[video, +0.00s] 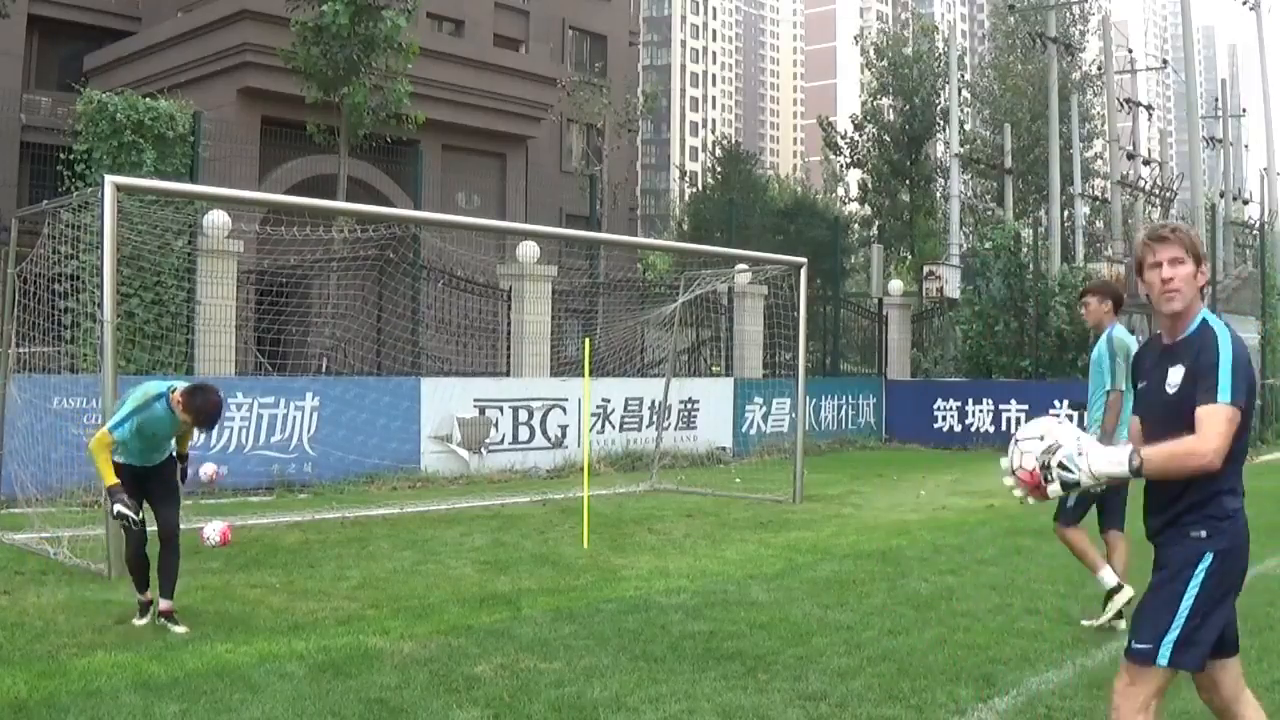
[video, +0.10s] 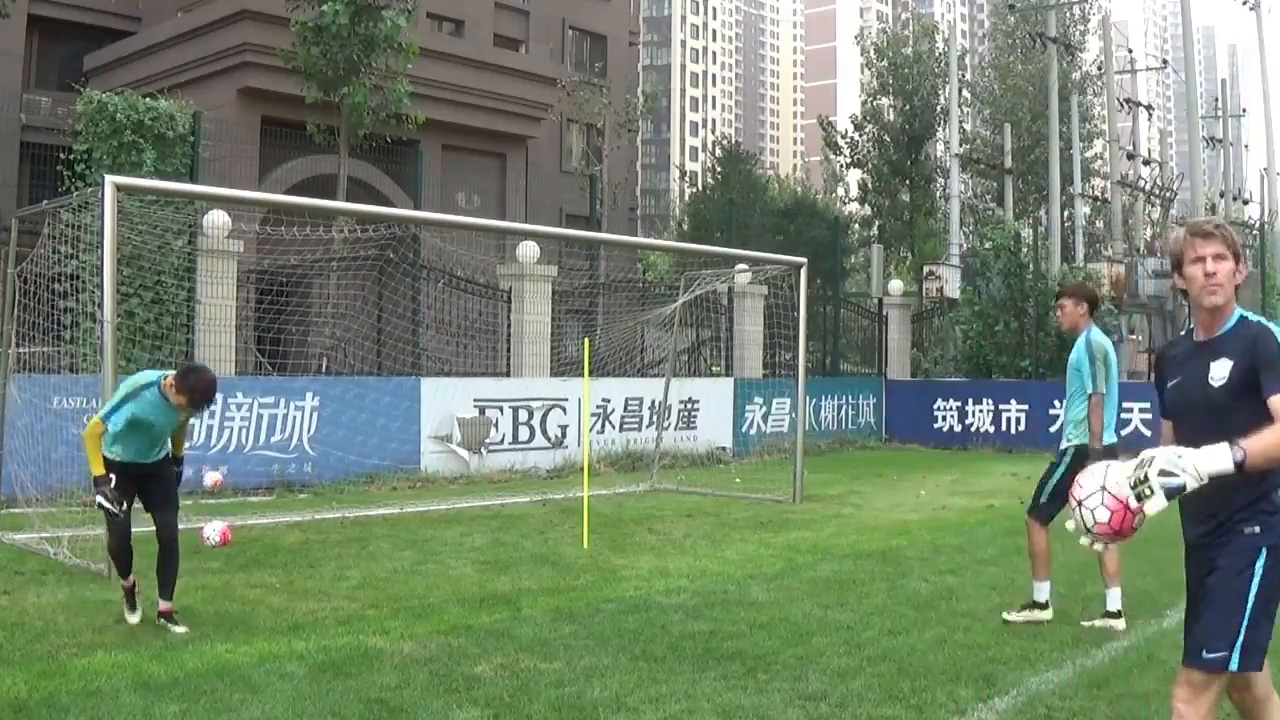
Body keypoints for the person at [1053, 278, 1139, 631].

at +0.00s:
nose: (1083, 312)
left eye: (1088, 305)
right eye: (1082, 306)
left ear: (1107, 306)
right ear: (1105, 308)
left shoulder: (1113, 340)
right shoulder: (1116, 341)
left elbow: (1115, 396)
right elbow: (1119, 397)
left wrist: (1102, 445)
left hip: (1104, 448)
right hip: (1118, 447)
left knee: (1064, 522)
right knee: (1114, 530)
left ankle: (1114, 586)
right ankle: (1115, 611)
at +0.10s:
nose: (1057, 314)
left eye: (1062, 307)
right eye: (1058, 308)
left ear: (1082, 309)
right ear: (1080, 311)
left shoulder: (1090, 343)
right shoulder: (1096, 342)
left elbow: (1097, 398)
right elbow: (1098, 399)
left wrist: (1096, 448)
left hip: (1079, 447)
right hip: (1102, 446)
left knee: (1036, 517)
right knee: (1106, 526)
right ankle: (1114, 611)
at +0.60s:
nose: (957, 315)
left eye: (961, 308)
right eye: (957, 308)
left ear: (981, 308)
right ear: (980, 309)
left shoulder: (989, 342)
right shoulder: (993, 339)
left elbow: (983, 398)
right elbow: (989, 398)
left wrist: (963, 447)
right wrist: (965, 443)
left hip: (989, 441)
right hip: (990, 439)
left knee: (985, 519)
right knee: (951, 508)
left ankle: (992, 601)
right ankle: (987, 573)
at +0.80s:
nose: (919, 319)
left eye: (923, 313)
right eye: (919, 314)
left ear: (941, 312)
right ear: (942, 313)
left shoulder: (946, 345)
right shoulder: (962, 345)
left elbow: (934, 399)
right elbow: (965, 401)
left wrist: (901, 436)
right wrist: (967, 450)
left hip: (947, 444)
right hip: (957, 442)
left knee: (962, 522)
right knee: (921, 519)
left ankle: (989, 601)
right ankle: (890, 587)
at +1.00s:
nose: (882, 315)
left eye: (884, 308)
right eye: (883, 309)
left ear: (897, 308)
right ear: (905, 309)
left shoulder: (905, 341)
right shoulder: (927, 342)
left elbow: (903, 393)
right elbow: (933, 399)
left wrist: (871, 433)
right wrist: (931, 443)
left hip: (906, 441)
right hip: (921, 440)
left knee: (893, 519)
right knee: (895, 516)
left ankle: (949, 573)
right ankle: (884, 588)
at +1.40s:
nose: (817, 319)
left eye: (818, 313)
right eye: (818, 313)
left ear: (827, 312)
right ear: (844, 314)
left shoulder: (833, 345)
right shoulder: (862, 345)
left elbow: (840, 396)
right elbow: (870, 392)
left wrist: (807, 419)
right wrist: (820, 413)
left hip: (831, 442)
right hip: (858, 441)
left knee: (803, 508)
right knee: (859, 511)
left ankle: (783, 577)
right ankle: (880, 584)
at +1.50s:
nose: (796, 317)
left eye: (797, 312)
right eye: (797, 312)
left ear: (804, 311)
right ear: (824, 314)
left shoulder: (809, 345)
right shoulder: (840, 345)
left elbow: (807, 399)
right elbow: (850, 392)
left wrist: (778, 409)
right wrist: (804, 399)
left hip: (804, 438)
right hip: (832, 438)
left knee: (789, 506)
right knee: (828, 510)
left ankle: (779, 578)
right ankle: (865, 569)